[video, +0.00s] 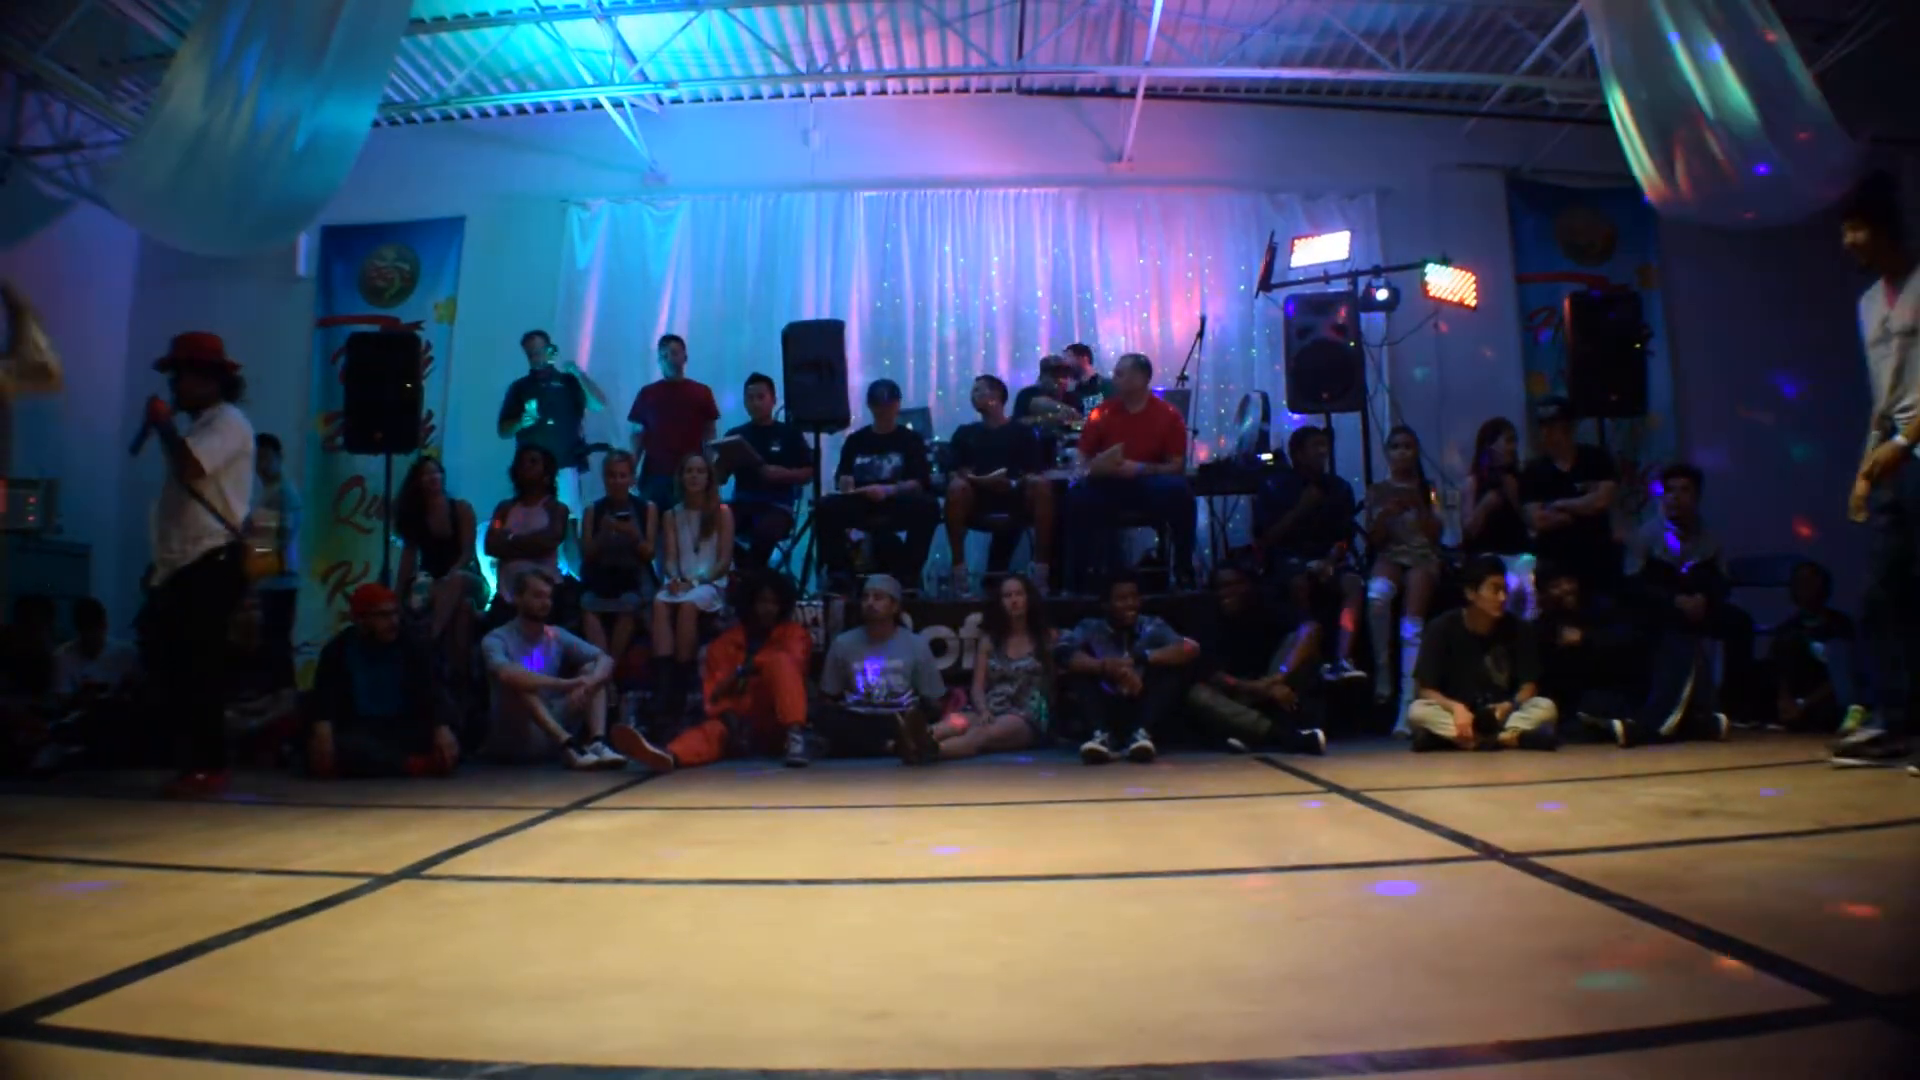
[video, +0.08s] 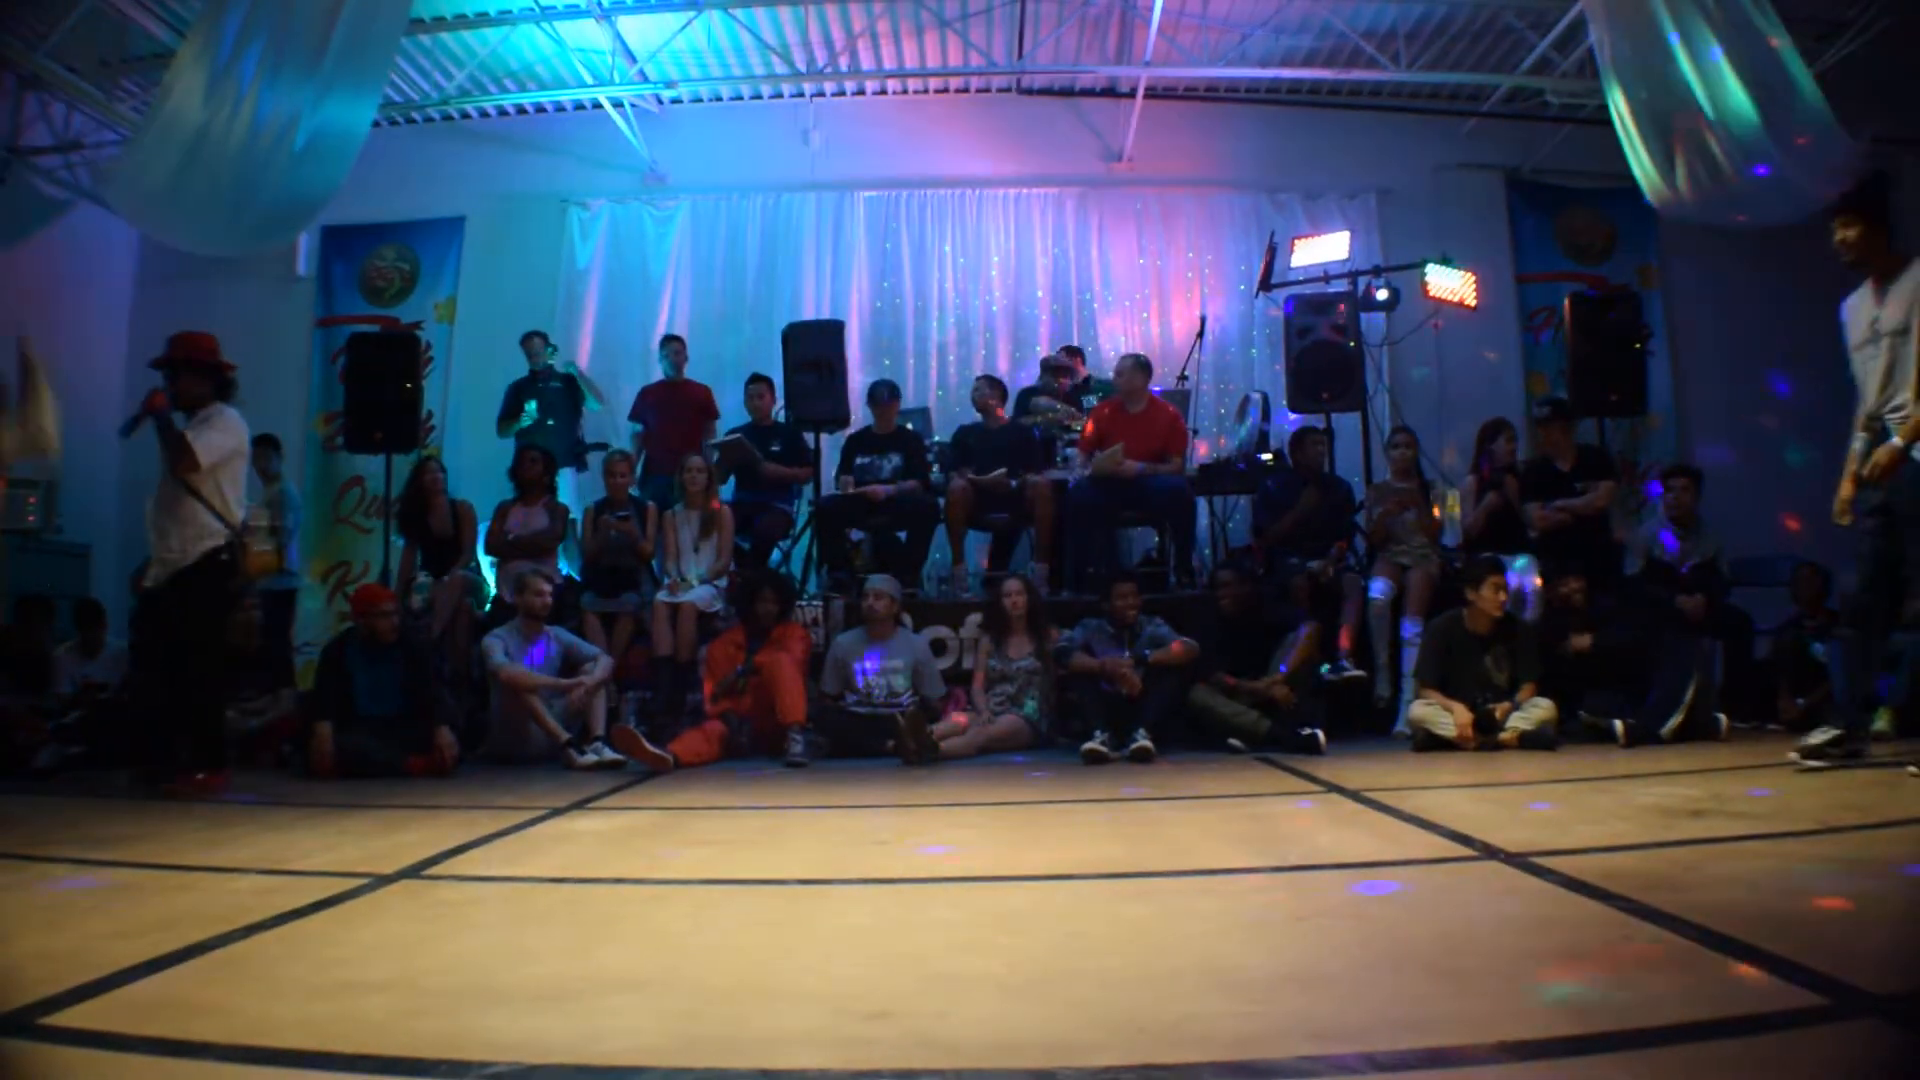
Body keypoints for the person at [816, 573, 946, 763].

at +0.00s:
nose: (870, 604)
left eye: (878, 598)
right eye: (866, 598)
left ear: (894, 606)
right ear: (861, 602)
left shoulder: (915, 645)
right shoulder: (843, 644)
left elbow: (934, 701)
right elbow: (829, 698)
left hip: (903, 718)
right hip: (857, 718)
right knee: (822, 717)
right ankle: (889, 745)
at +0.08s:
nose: (870, 604)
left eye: (878, 598)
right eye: (866, 597)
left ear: (894, 606)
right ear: (861, 602)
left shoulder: (915, 645)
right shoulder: (843, 644)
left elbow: (934, 700)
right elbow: (828, 698)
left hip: (904, 716)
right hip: (859, 717)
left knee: (962, 721)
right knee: (822, 718)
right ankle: (890, 745)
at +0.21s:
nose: (871, 604)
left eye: (878, 598)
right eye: (867, 598)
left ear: (895, 605)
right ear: (862, 603)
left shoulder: (915, 645)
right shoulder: (843, 644)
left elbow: (935, 700)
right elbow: (828, 698)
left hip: (903, 715)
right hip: (858, 716)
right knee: (822, 717)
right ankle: (888, 745)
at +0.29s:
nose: (870, 604)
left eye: (878, 598)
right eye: (866, 598)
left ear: (895, 605)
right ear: (861, 602)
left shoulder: (915, 645)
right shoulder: (843, 644)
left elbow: (934, 700)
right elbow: (828, 698)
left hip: (903, 714)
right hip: (858, 716)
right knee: (820, 714)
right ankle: (889, 745)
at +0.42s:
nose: (870, 604)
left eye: (878, 598)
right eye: (866, 598)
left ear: (895, 606)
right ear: (861, 602)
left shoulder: (915, 646)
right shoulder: (843, 644)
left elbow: (934, 702)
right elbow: (829, 697)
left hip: (902, 720)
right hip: (857, 720)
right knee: (823, 716)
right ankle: (889, 745)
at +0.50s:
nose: (870, 604)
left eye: (878, 598)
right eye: (866, 598)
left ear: (895, 605)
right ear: (861, 602)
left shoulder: (915, 645)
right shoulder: (843, 644)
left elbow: (936, 702)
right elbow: (827, 699)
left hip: (903, 715)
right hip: (859, 717)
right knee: (824, 717)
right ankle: (890, 745)